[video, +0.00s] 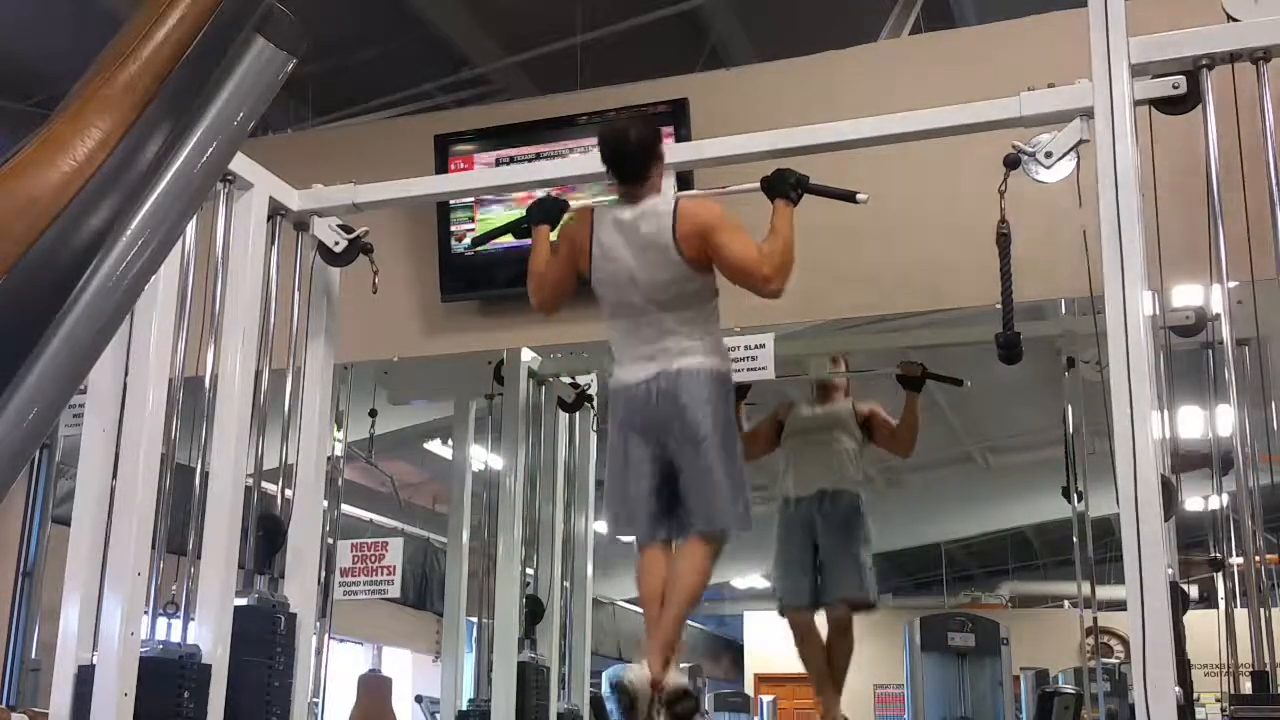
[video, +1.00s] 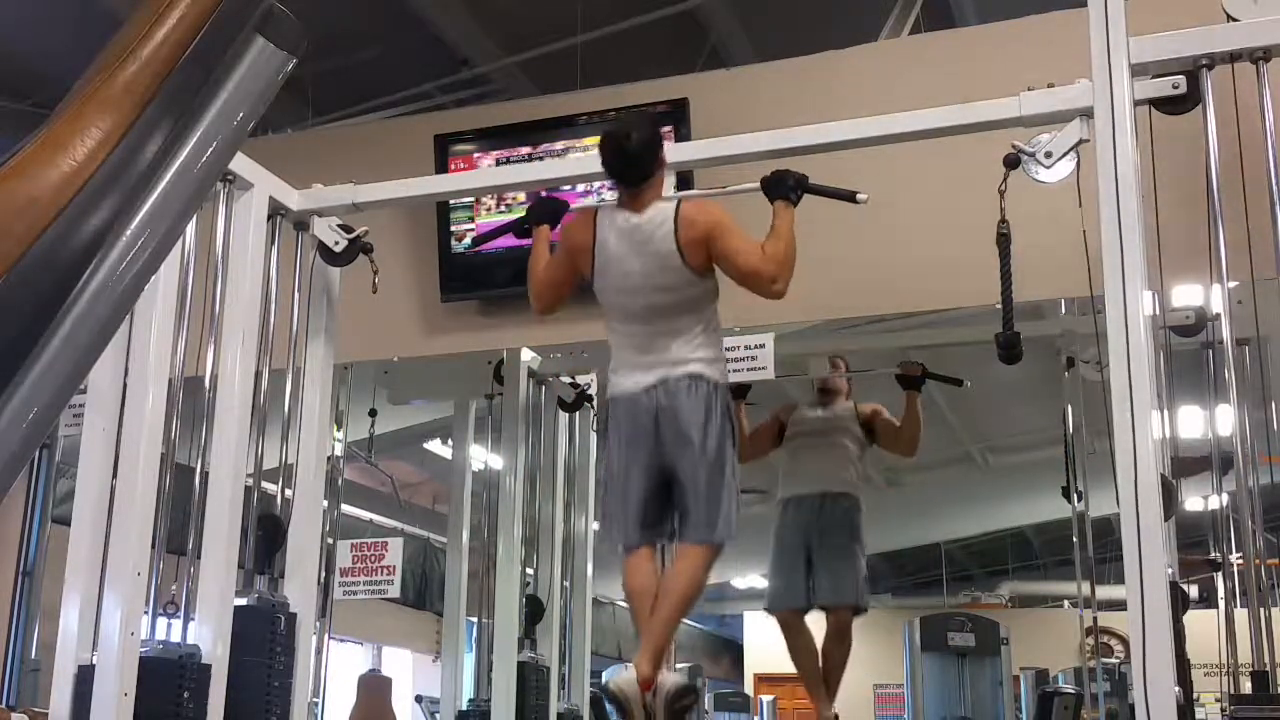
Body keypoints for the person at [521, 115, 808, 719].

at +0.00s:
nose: (659, 153)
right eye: (659, 145)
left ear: (607, 169)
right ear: (661, 155)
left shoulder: (584, 227)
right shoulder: (696, 215)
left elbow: (544, 297)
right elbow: (771, 278)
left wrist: (540, 230)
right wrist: (784, 204)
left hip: (631, 391)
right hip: (694, 385)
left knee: (652, 534)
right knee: (706, 529)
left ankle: (665, 671)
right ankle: (653, 665)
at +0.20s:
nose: (661, 228)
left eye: (650, 224)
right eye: (659, 222)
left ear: (605, 238)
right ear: (660, 231)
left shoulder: (588, 292)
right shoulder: (696, 284)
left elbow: (545, 302)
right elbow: (782, 285)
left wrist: (541, 235)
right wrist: (786, 209)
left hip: (630, 469)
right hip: (696, 463)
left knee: (646, 611)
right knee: (704, 606)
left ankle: (659, 719)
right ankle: (661, 716)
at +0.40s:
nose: (666, 284)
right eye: (663, 278)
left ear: (607, 297)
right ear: (660, 289)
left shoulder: (590, 347)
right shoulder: (698, 334)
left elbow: (549, 300)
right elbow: (773, 291)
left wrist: (542, 234)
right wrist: (783, 209)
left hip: (626, 523)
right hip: (692, 519)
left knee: (637, 675)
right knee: (694, 671)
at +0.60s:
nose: (659, 277)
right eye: (657, 272)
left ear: (603, 294)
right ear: (656, 282)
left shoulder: (589, 343)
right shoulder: (693, 327)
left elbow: (550, 301)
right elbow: (770, 291)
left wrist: (544, 234)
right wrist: (783, 210)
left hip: (624, 518)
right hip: (691, 514)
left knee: (634, 665)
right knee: (691, 660)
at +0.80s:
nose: (652, 221)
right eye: (652, 213)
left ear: (602, 231)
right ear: (657, 223)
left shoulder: (584, 284)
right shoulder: (693, 272)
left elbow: (545, 301)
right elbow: (779, 287)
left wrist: (543, 236)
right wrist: (785, 209)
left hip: (623, 458)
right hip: (690, 452)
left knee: (632, 597)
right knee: (697, 594)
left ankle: (642, 715)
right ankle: (636, 714)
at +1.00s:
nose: (666, 151)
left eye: (655, 146)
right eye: (663, 145)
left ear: (607, 173)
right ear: (662, 160)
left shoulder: (586, 230)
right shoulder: (699, 216)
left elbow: (543, 297)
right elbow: (773, 279)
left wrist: (540, 235)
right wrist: (784, 206)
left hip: (629, 398)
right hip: (693, 392)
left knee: (637, 538)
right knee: (702, 531)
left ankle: (659, 675)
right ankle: (641, 670)